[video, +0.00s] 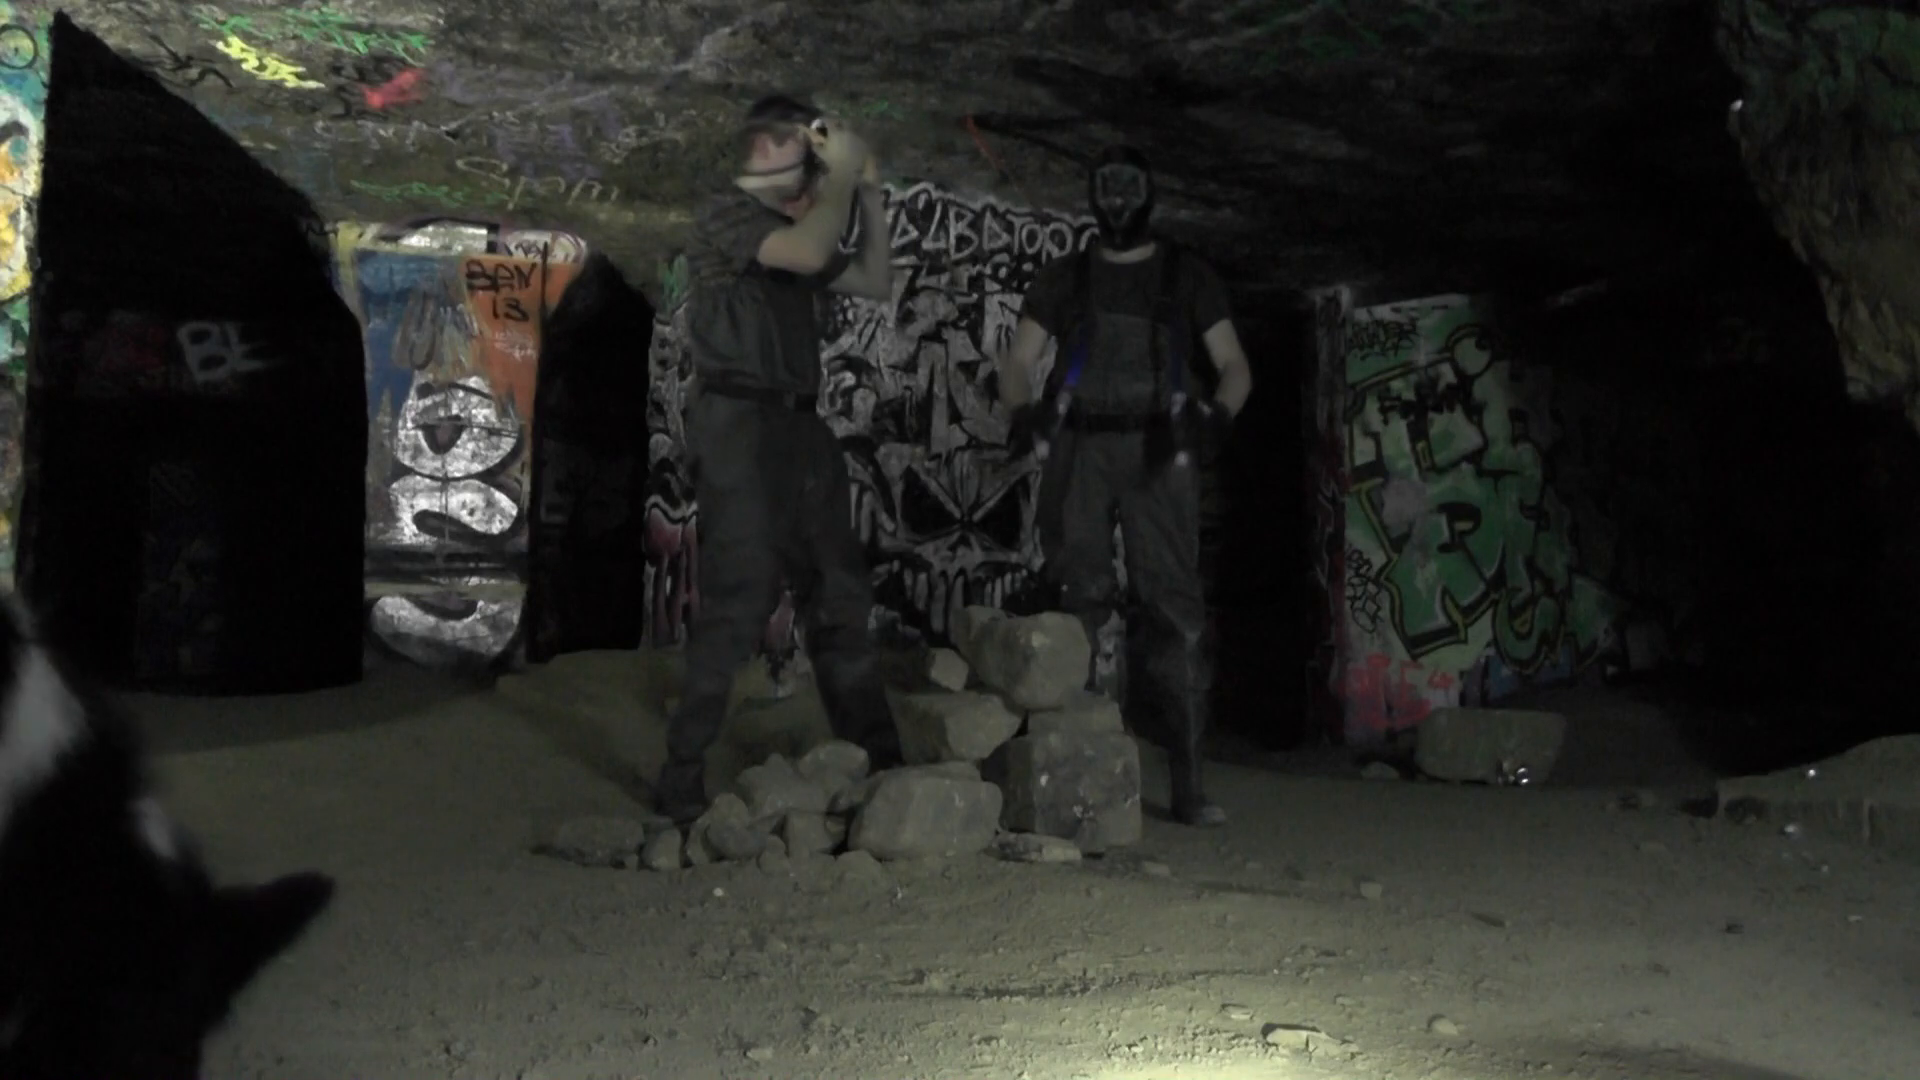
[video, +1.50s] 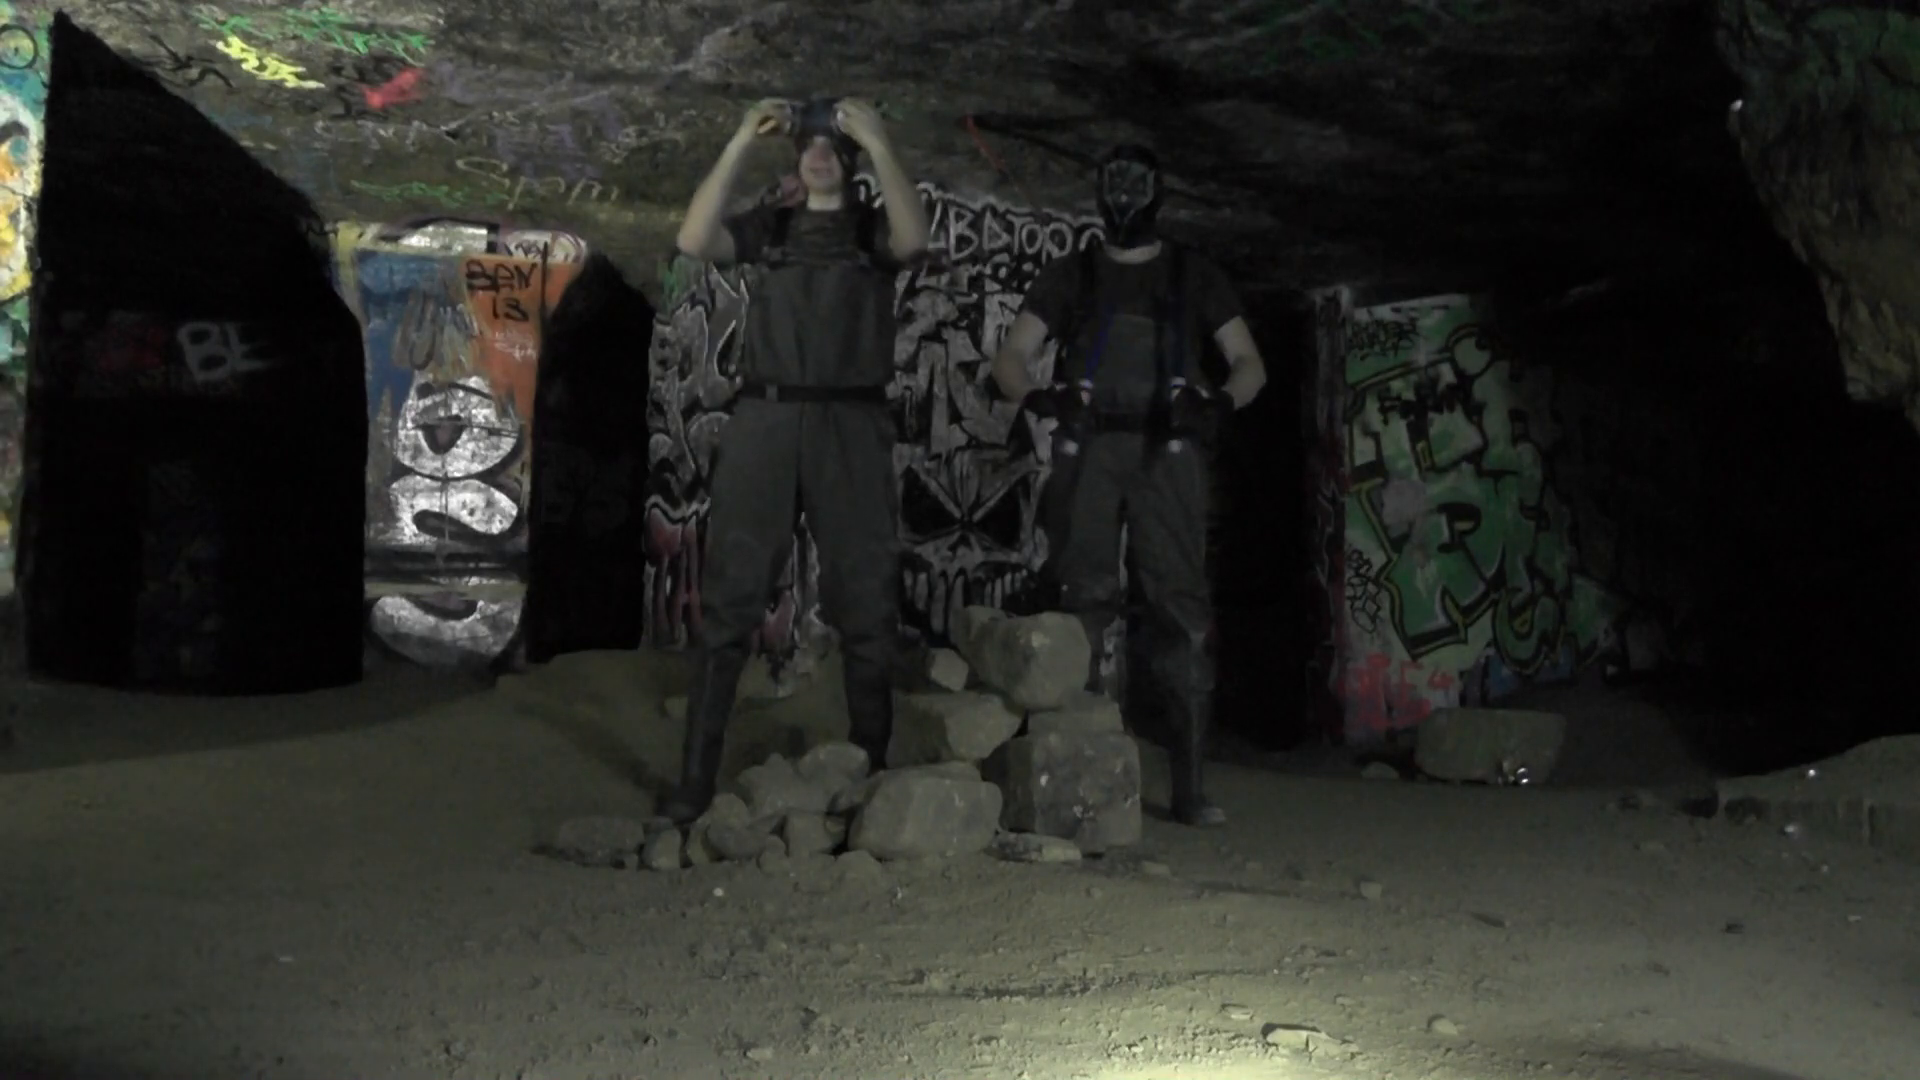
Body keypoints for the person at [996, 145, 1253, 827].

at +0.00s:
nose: (1118, 203)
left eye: (1128, 189)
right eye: (1107, 189)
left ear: (1149, 195)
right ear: (1091, 196)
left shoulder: (1186, 275)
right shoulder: (1065, 275)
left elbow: (1236, 372)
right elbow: (1018, 366)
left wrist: (1208, 427)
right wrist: (1027, 421)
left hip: (1164, 463)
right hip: (1079, 462)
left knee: (1174, 616)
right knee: (1073, 611)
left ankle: (1186, 782)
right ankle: (1070, 780)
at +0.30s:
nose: (1119, 204)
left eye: (1131, 189)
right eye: (1107, 190)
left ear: (1151, 196)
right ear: (1092, 198)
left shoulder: (1187, 276)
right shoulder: (1066, 276)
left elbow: (1243, 369)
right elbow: (1007, 368)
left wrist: (1215, 403)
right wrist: (1032, 390)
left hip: (1163, 462)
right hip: (1081, 462)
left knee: (1174, 616)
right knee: (1076, 612)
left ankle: (1186, 786)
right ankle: (1070, 782)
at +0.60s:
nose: (1119, 205)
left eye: (1130, 190)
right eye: (1109, 191)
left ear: (1148, 197)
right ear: (1095, 198)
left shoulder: (1189, 277)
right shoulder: (1066, 277)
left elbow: (1245, 370)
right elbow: (1009, 367)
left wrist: (1212, 409)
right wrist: (1038, 397)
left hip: (1166, 463)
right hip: (1083, 461)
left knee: (1177, 615)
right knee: (1079, 613)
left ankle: (1187, 786)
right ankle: (1075, 783)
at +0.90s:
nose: (1121, 198)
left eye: (1133, 184)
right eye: (1110, 185)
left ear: (1154, 193)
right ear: (1096, 194)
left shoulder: (1190, 275)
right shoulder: (1068, 275)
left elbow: (1248, 369)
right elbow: (1008, 363)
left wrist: (1215, 409)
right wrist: (1033, 397)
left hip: (1168, 463)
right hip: (1085, 462)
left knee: (1178, 615)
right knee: (1083, 613)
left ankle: (1188, 788)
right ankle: (1081, 785)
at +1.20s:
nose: (1124, 199)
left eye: (1136, 185)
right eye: (1113, 185)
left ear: (1155, 194)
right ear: (1097, 195)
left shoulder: (1191, 274)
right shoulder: (1069, 275)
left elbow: (1249, 367)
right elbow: (1009, 360)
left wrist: (1216, 406)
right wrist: (1032, 398)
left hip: (1169, 463)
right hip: (1087, 462)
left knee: (1180, 615)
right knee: (1084, 612)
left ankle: (1188, 788)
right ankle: (1082, 784)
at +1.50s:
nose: (1125, 200)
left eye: (1137, 186)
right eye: (1114, 186)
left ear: (1157, 195)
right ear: (1099, 195)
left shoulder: (1192, 273)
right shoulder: (1070, 273)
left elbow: (1250, 368)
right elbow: (1007, 362)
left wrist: (1214, 406)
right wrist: (1038, 397)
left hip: (1170, 460)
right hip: (1088, 459)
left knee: (1180, 615)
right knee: (1085, 612)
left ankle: (1187, 788)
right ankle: (1082, 784)